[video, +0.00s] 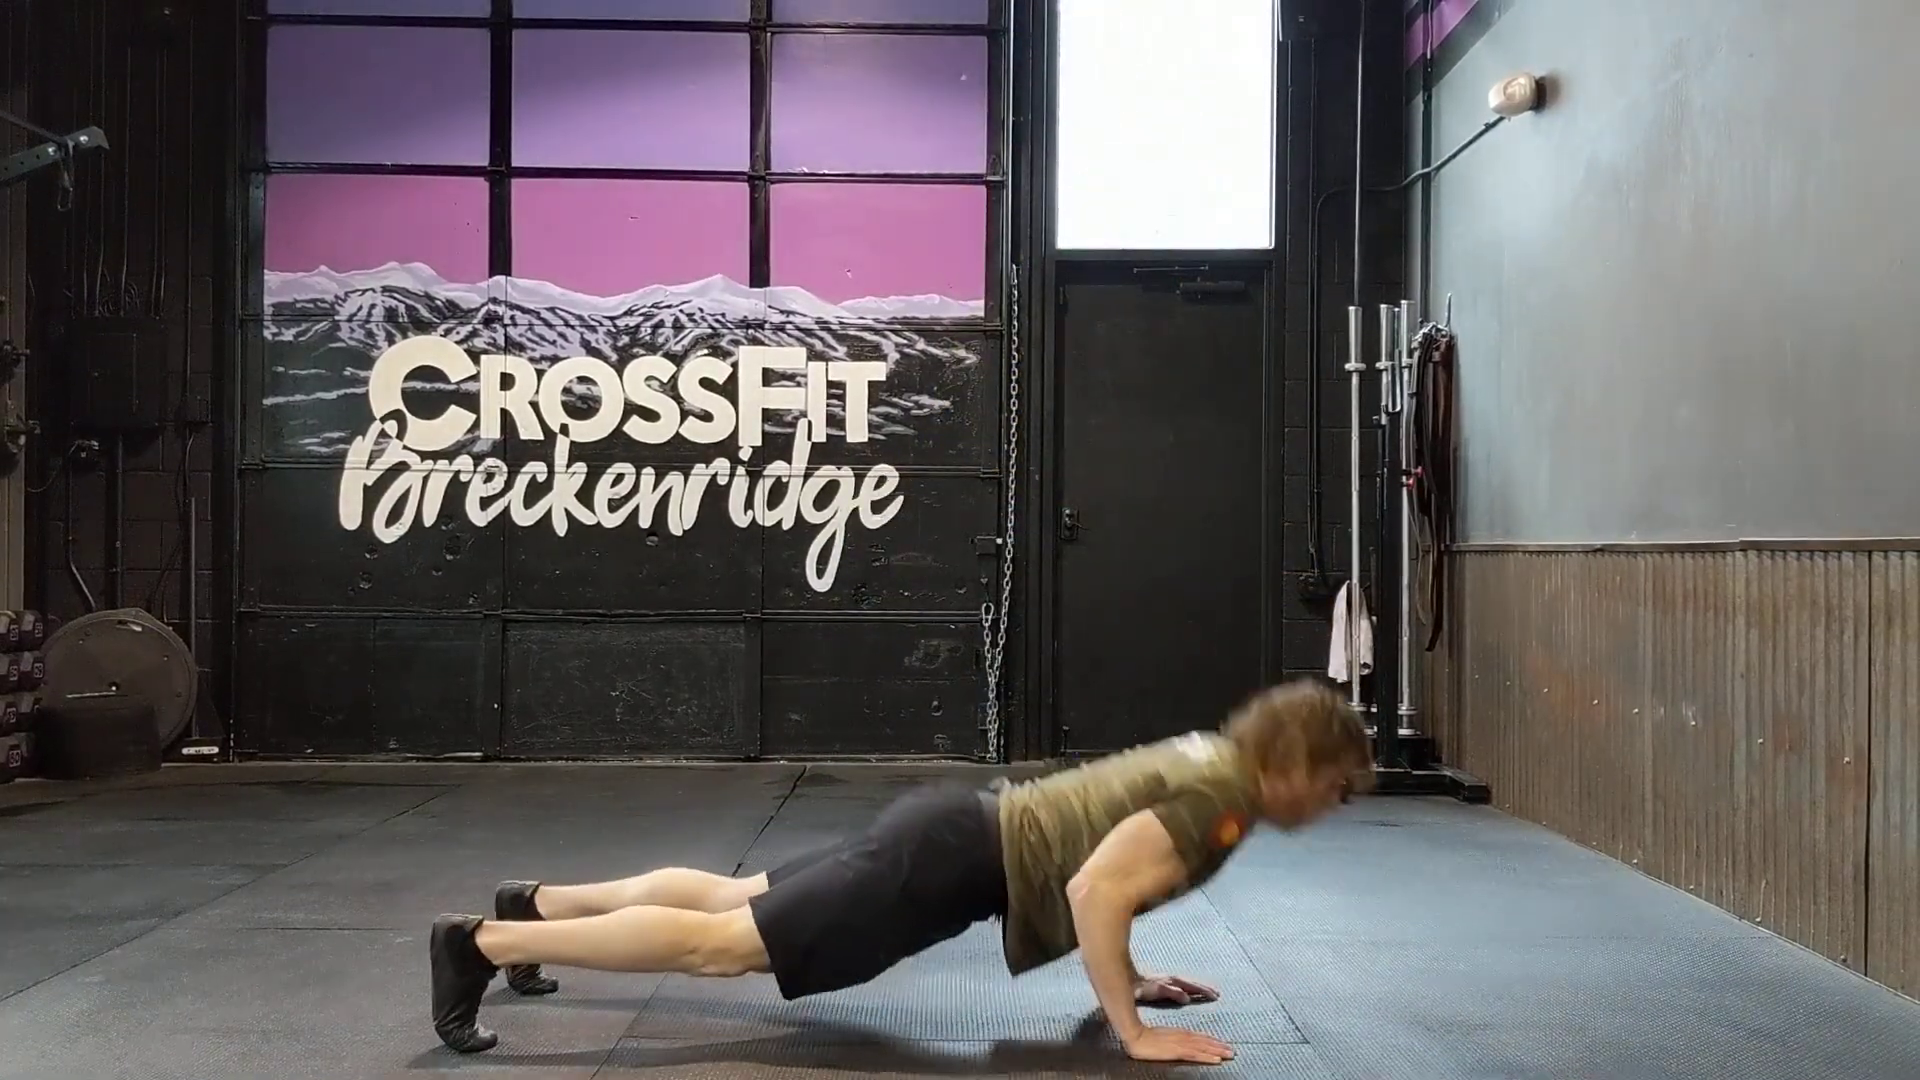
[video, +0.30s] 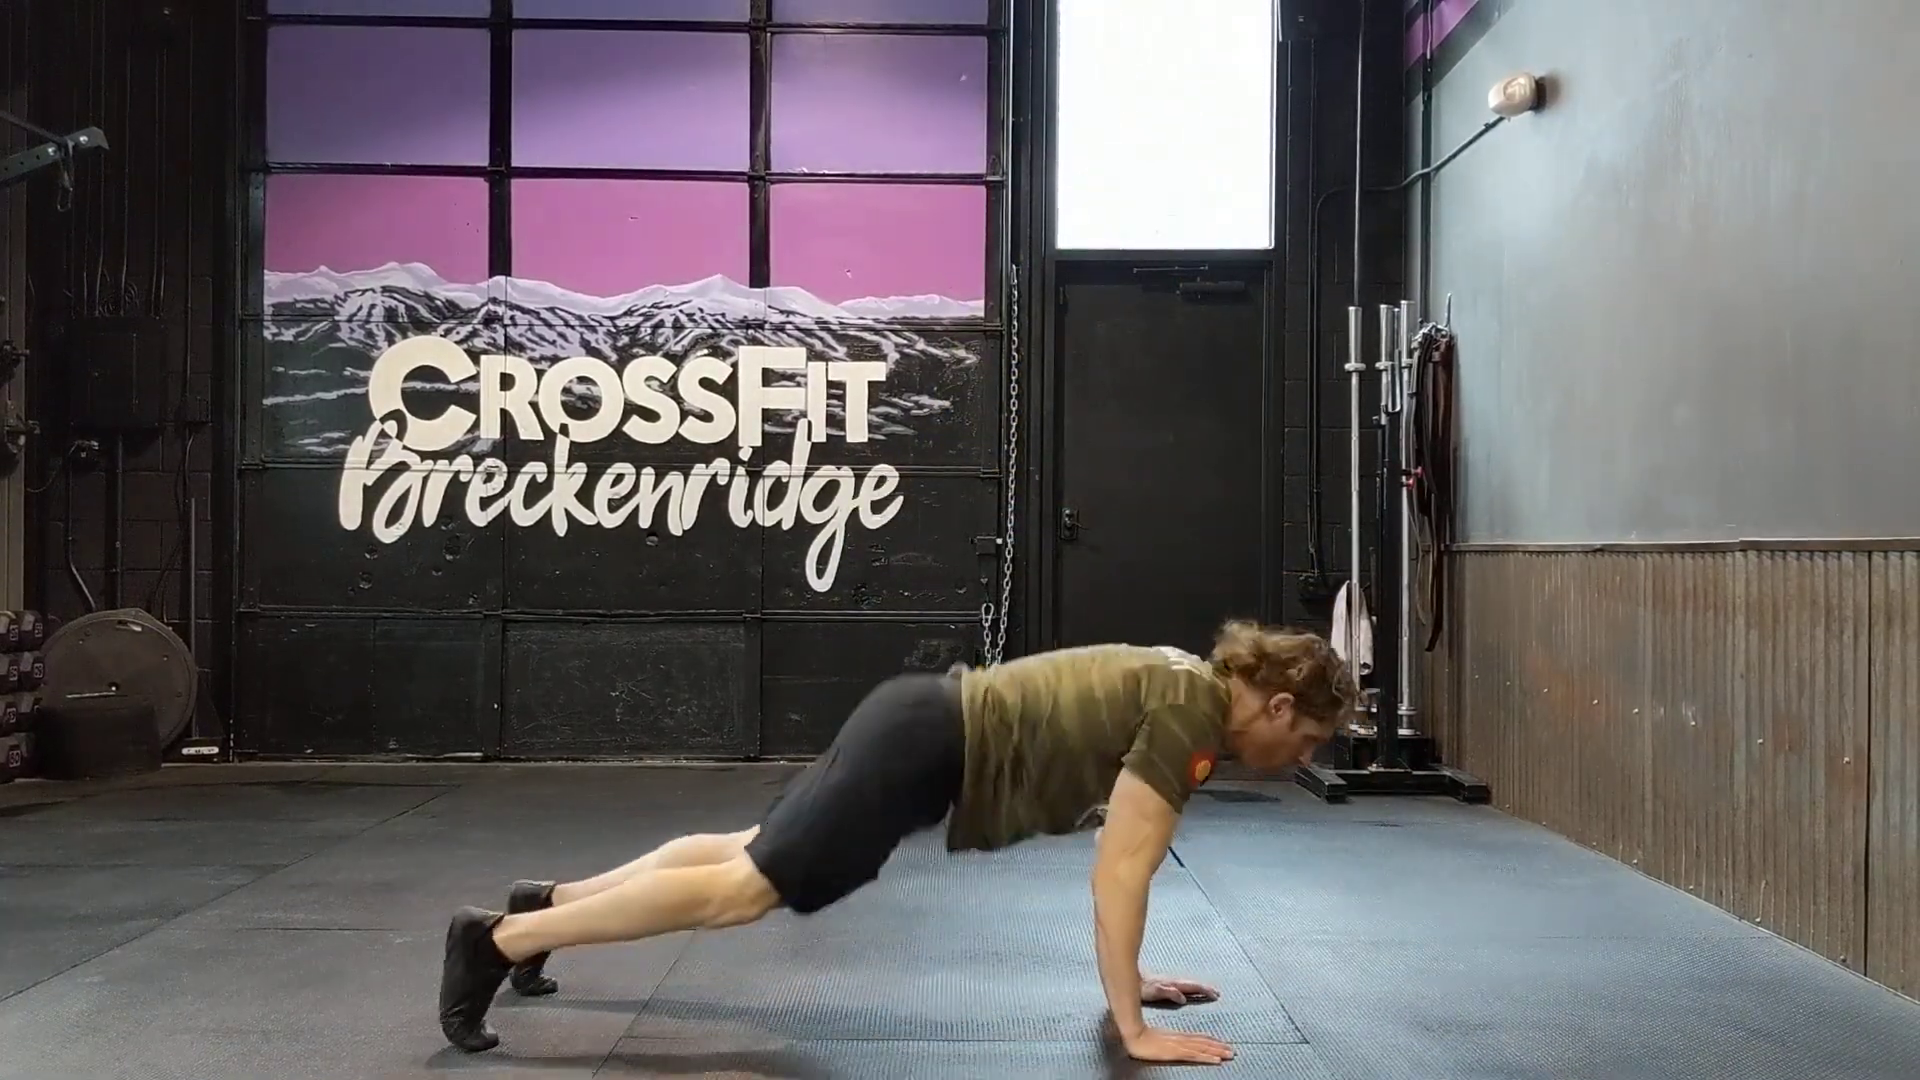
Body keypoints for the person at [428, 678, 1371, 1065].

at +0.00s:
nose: (1340, 798)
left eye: (1347, 783)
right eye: (1341, 781)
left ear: (1288, 743)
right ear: (1303, 765)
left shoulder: (1207, 768)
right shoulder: (1210, 799)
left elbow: (1101, 873)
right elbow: (1102, 889)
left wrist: (1133, 978)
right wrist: (1127, 1028)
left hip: (960, 824)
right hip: (961, 856)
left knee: (744, 896)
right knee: (723, 947)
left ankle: (545, 898)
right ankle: (485, 946)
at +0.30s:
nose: (1301, 762)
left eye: (1310, 748)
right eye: (1308, 742)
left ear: (1265, 693)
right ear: (1277, 704)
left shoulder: (1178, 697)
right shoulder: (1182, 710)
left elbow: (1123, 858)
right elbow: (1123, 868)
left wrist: (1133, 978)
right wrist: (1127, 1024)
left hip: (921, 724)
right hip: (923, 738)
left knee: (746, 856)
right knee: (746, 891)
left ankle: (551, 902)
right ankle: (501, 944)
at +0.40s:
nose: (1279, 769)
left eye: (1292, 758)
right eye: (1285, 751)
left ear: (1257, 706)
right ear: (1256, 717)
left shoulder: (1178, 689)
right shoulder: (1175, 699)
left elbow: (1124, 848)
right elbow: (1123, 863)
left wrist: (1131, 974)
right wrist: (1129, 1024)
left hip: (919, 625)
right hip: (925, 630)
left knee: (798, 823)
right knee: (812, 853)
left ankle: (636, 879)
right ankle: (578, 926)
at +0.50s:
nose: (1234, 750)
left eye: (1246, 740)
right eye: (1243, 732)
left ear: (1211, 683)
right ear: (1220, 694)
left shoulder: (1145, 676)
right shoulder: (1138, 685)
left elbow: (1114, 853)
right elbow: (1112, 863)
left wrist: (1126, 978)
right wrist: (1135, 1028)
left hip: (921, 588)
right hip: (897, 577)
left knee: (948, 791)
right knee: (939, 799)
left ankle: (814, 904)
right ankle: (752, 949)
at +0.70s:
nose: (1239, 657)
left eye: (1247, 644)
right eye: (1239, 637)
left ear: (1191, 602)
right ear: (1198, 605)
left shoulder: (1126, 630)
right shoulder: (1125, 642)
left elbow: (1124, 821)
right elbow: (1119, 830)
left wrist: (1158, 936)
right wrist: (1164, 975)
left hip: (888, 662)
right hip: (864, 669)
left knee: (1043, 769)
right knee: (1033, 798)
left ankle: (978, 955)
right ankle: (934, 1031)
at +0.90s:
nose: (1228, 524)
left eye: (1230, 509)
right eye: (1221, 506)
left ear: (1170, 502)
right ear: (1173, 499)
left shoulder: (1105, 550)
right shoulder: (1093, 554)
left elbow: (1098, 706)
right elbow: (1099, 728)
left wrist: (1178, 777)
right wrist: (1206, 837)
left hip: (922, 664)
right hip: (883, 669)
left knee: (1054, 760)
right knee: (1042, 804)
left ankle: (980, 954)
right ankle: (934, 1030)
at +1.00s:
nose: (1203, 447)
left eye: (1205, 432)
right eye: (1197, 429)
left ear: (1138, 424)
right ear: (1149, 424)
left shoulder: (1088, 481)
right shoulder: (1076, 488)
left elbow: (1082, 603)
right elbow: (1077, 643)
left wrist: (1181, 611)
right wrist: (1231, 665)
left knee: (1066, 755)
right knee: (1057, 805)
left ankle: (983, 952)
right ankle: (936, 1029)